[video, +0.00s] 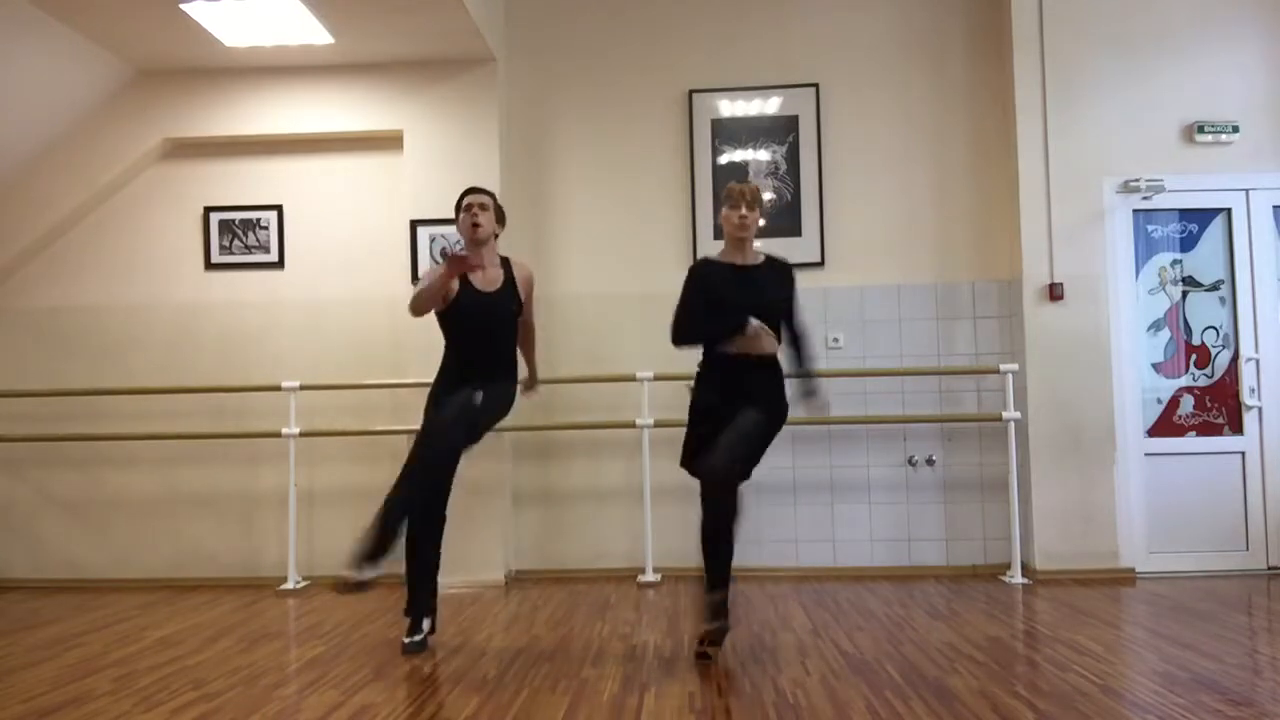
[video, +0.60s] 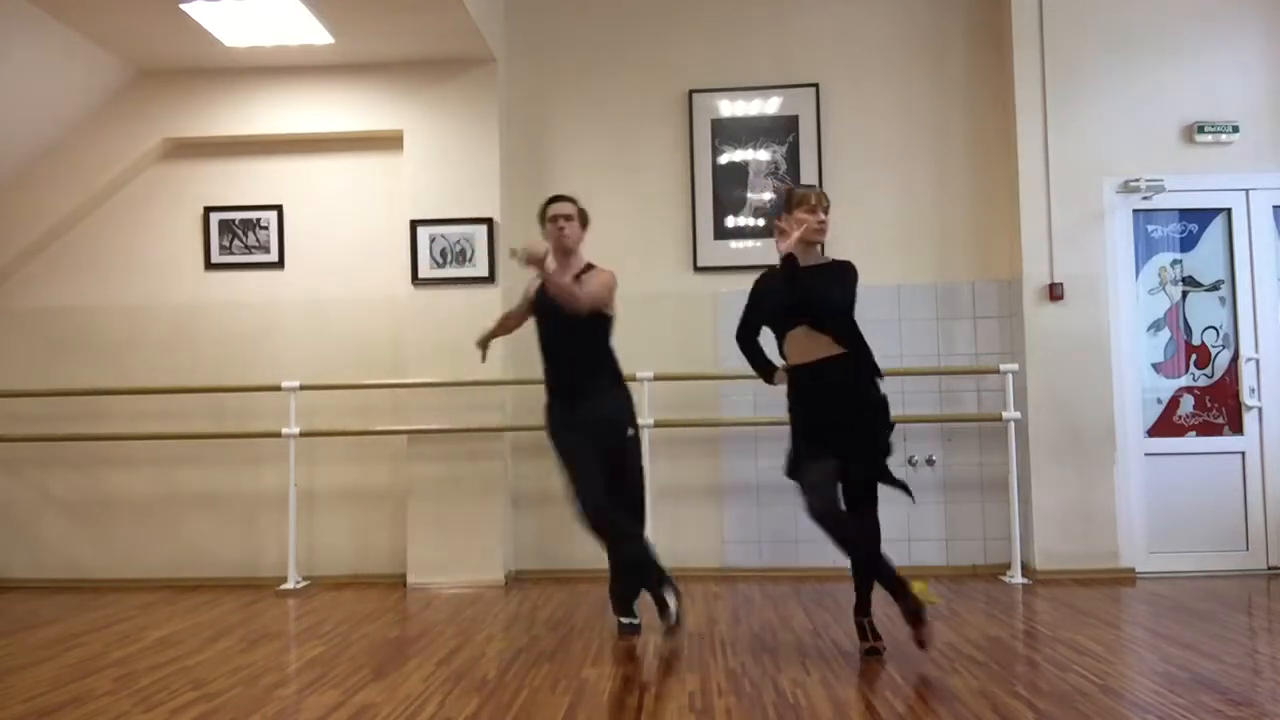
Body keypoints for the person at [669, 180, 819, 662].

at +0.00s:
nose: (742, 214)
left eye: (750, 208)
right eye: (734, 206)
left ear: (760, 217)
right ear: (719, 215)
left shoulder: (778, 271)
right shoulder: (704, 271)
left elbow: (790, 328)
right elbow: (681, 334)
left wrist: (807, 378)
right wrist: (737, 329)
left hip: (763, 395)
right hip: (715, 394)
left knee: (720, 470)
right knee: (715, 500)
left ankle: (717, 598)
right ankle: (715, 615)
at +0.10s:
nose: (752, 208)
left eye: (758, 201)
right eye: (742, 201)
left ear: (765, 210)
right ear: (721, 210)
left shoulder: (782, 261)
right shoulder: (703, 262)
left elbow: (833, 300)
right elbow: (673, 322)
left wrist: (873, 334)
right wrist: (721, 322)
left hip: (769, 386)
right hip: (717, 388)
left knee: (751, 477)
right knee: (713, 508)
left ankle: (799, 559)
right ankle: (719, 618)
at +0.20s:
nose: (757, 215)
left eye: (763, 209)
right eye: (747, 207)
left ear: (768, 220)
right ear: (726, 216)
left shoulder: (787, 275)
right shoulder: (705, 272)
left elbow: (849, 304)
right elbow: (674, 327)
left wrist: (915, 318)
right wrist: (704, 345)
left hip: (769, 400)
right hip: (717, 403)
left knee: (791, 507)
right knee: (714, 518)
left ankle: (845, 593)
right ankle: (719, 624)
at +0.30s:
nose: (767, 220)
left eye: (772, 213)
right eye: (757, 212)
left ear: (777, 224)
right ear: (735, 222)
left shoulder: (795, 277)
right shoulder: (716, 281)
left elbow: (850, 302)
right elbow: (686, 333)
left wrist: (877, 255)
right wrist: (690, 365)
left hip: (786, 398)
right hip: (734, 400)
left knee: (821, 509)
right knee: (728, 519)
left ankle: (870, 612)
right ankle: (722, 626)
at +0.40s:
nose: (779, 213)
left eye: (783, 207)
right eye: (768, 205)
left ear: (787, 217)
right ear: (746, 216)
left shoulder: (810, 260)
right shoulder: (732, 274)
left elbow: (849, 258)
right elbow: (697, 319)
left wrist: (833, 230)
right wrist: (724, 357)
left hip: (818, 390)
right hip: (766, 393)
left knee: (834, 505)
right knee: (755, 505)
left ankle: (858, 613)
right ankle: (737, 612)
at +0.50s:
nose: (795, 211)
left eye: (801, 204)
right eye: (785, 203)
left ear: (809, 216)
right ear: (766, 216)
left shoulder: (825, 265)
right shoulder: (754, 278)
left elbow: (826, 279)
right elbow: (723, 327)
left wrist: (806, 232)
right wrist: (751, 365)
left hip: (836, 388)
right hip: (787, 391)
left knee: (851, 502)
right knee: (777, 492)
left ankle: (864, 612)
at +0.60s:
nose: (817, 218)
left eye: (822, 211)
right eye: (807, 210)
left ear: (828, 222)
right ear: (783, 223)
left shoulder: (841, 270)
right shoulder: (770, 282)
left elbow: (829, 316)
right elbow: (745, 336)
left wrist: (790, 257)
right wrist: (772, 373)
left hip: (856, 393)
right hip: (809, 400)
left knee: (862, 507)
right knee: (822, 507)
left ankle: (863, 614)